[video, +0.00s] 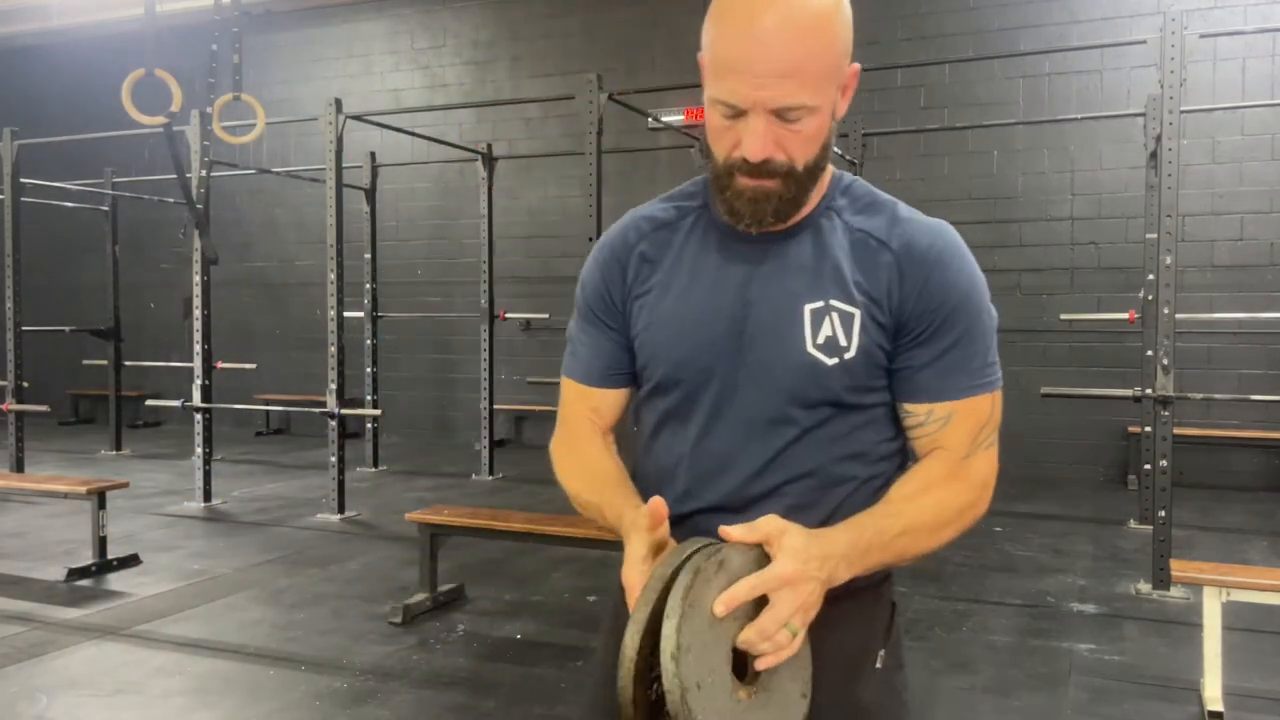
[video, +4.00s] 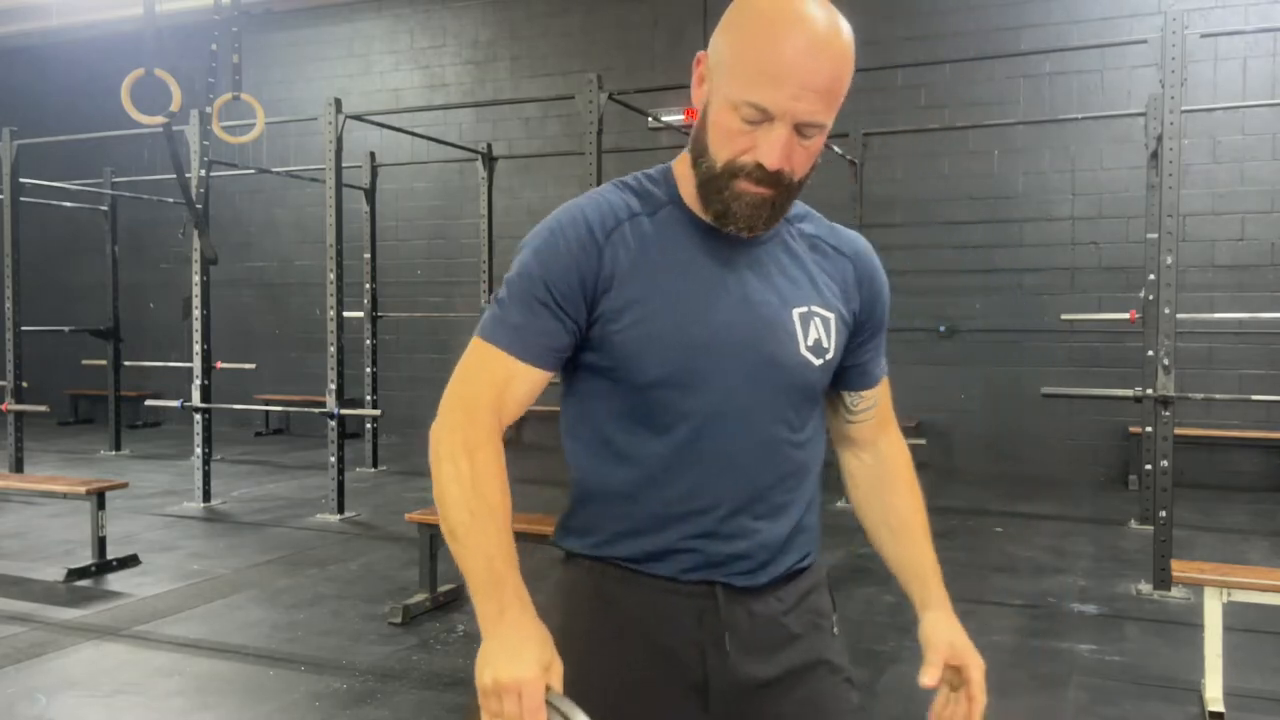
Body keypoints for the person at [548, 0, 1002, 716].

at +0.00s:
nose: (755, 147)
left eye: (790, 116)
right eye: (730, 111)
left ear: (844, 93)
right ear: (702, 79)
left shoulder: (919, 260)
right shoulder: (631, 254)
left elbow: (962, 473)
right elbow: (578, 434)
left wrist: (829, 555)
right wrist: (629, 519)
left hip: (838, 629)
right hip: (660, 618)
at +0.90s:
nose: (849, 143)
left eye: (885, 112)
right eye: (824, 105)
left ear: (935, 95)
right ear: (789, 74)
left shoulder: (993, 267)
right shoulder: (694, 241)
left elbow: (1050, 483)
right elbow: (619, 415)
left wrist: (908, 528)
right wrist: (689, 488)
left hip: (887, 631)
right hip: (704, 613)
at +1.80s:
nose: (815, 141)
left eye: (845, 106)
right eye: (785, 108)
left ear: (893, 87)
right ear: (747, 85)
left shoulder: (969, 270)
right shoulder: (673, 240)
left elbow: (1006, 477)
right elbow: (595, 429)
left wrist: (955, 632)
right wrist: (741, 479)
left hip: (871, 656)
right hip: (689, 637)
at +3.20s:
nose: (866, 146)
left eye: (904, 117)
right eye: (843, 105)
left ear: (953, 104)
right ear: (805, 76)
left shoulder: (994, 289)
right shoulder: (709, 209)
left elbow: (1007, 508)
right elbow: (557, 343)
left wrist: (959, 672)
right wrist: (709, 455)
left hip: (873, 626)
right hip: (691, 607)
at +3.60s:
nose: (848, 151)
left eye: (889, 123)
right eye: (828, 106)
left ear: (946, 107)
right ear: (798, 68)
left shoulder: (987, 286)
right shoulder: (698, 210)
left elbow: (1015, 498)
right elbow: (508, 309)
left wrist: (1041, 699)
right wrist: (605, 476)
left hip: (860, 643)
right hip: (683, 628)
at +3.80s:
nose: (835, 141)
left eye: (871, 112)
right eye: (813, 98)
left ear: (912, 100)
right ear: (771, 65)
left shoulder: (947, 273)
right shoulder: (662, 221)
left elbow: (979, 469)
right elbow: (489, 355)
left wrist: (1026, 667)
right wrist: (546, 535)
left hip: (845, 637)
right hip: (662, 624)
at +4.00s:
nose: (774, 158)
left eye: (806, 131)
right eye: (753, 117)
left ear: (831, 127)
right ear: (701, 84)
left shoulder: (846, 270)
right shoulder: (589, 242)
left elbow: (869, 437)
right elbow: (462, 428)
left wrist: (933, 607)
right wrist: (505, 623)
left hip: (788, 627)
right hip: (620, 626)